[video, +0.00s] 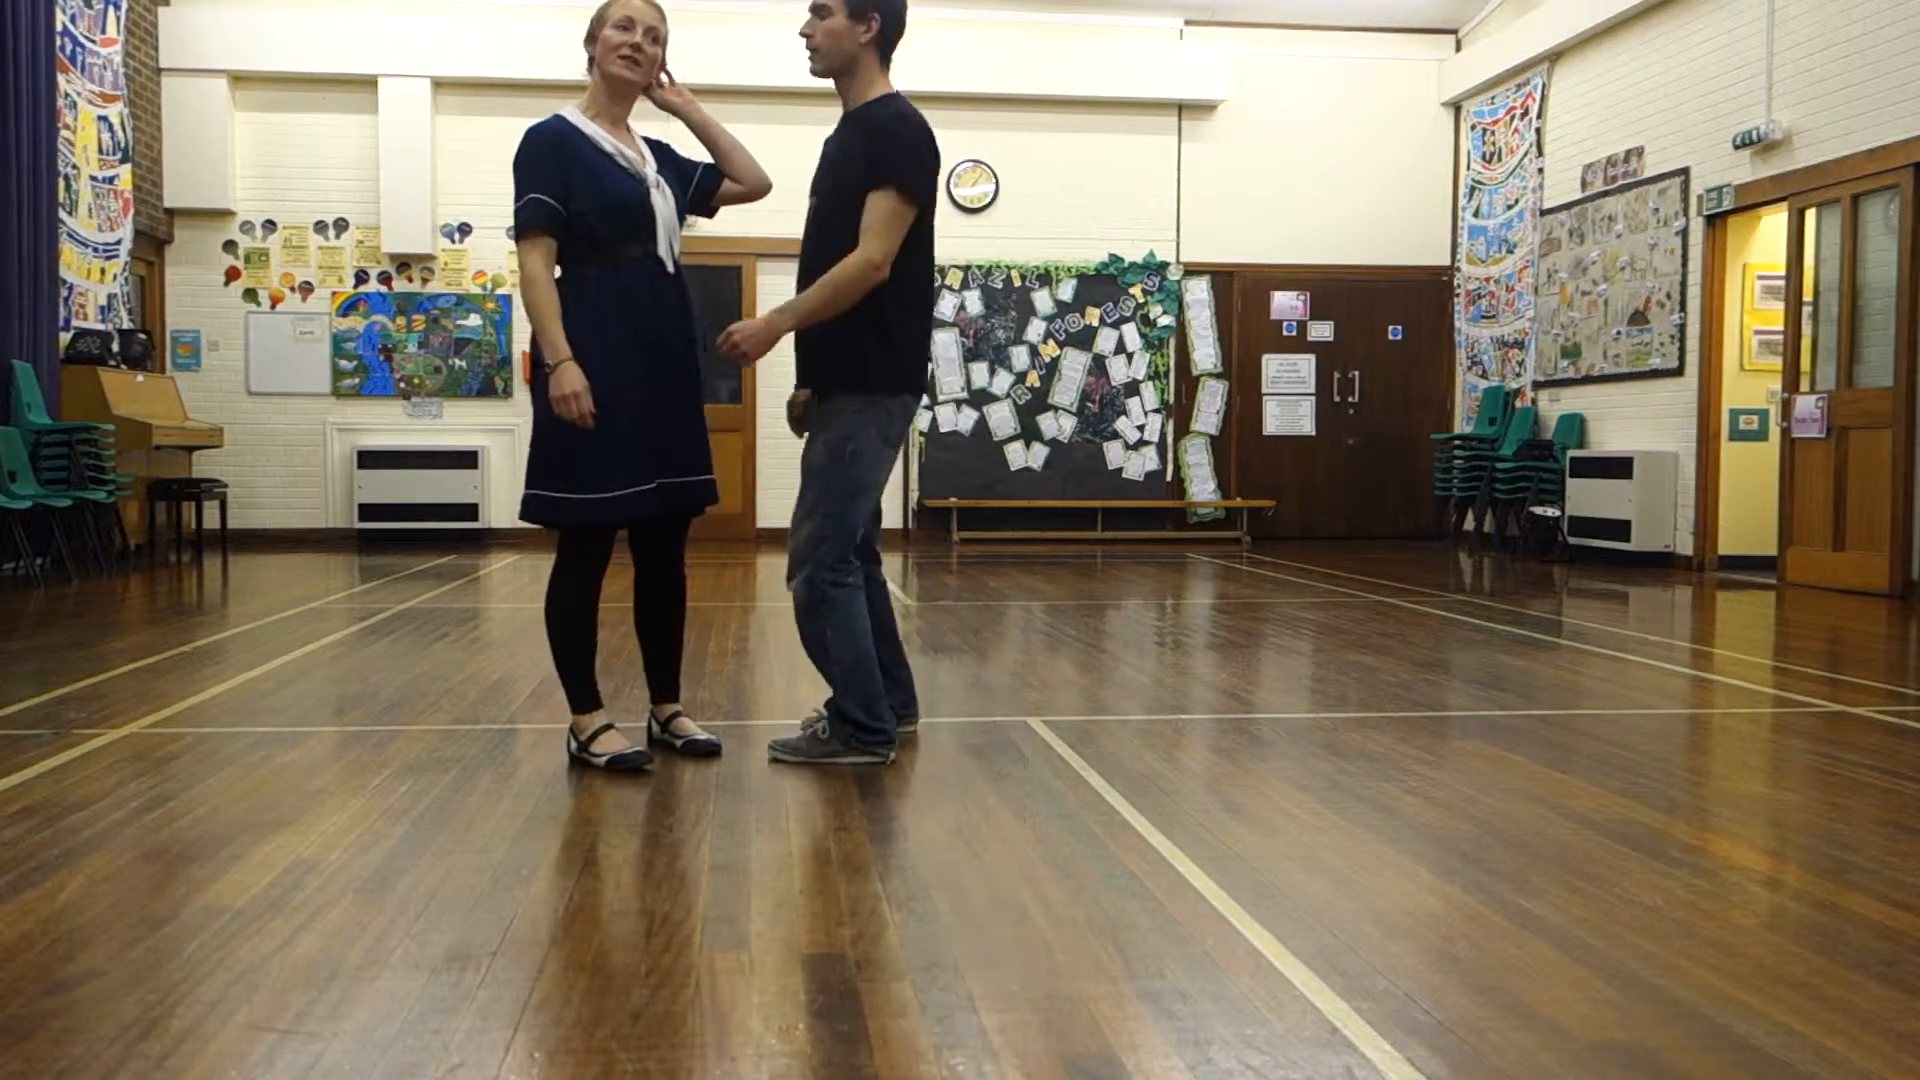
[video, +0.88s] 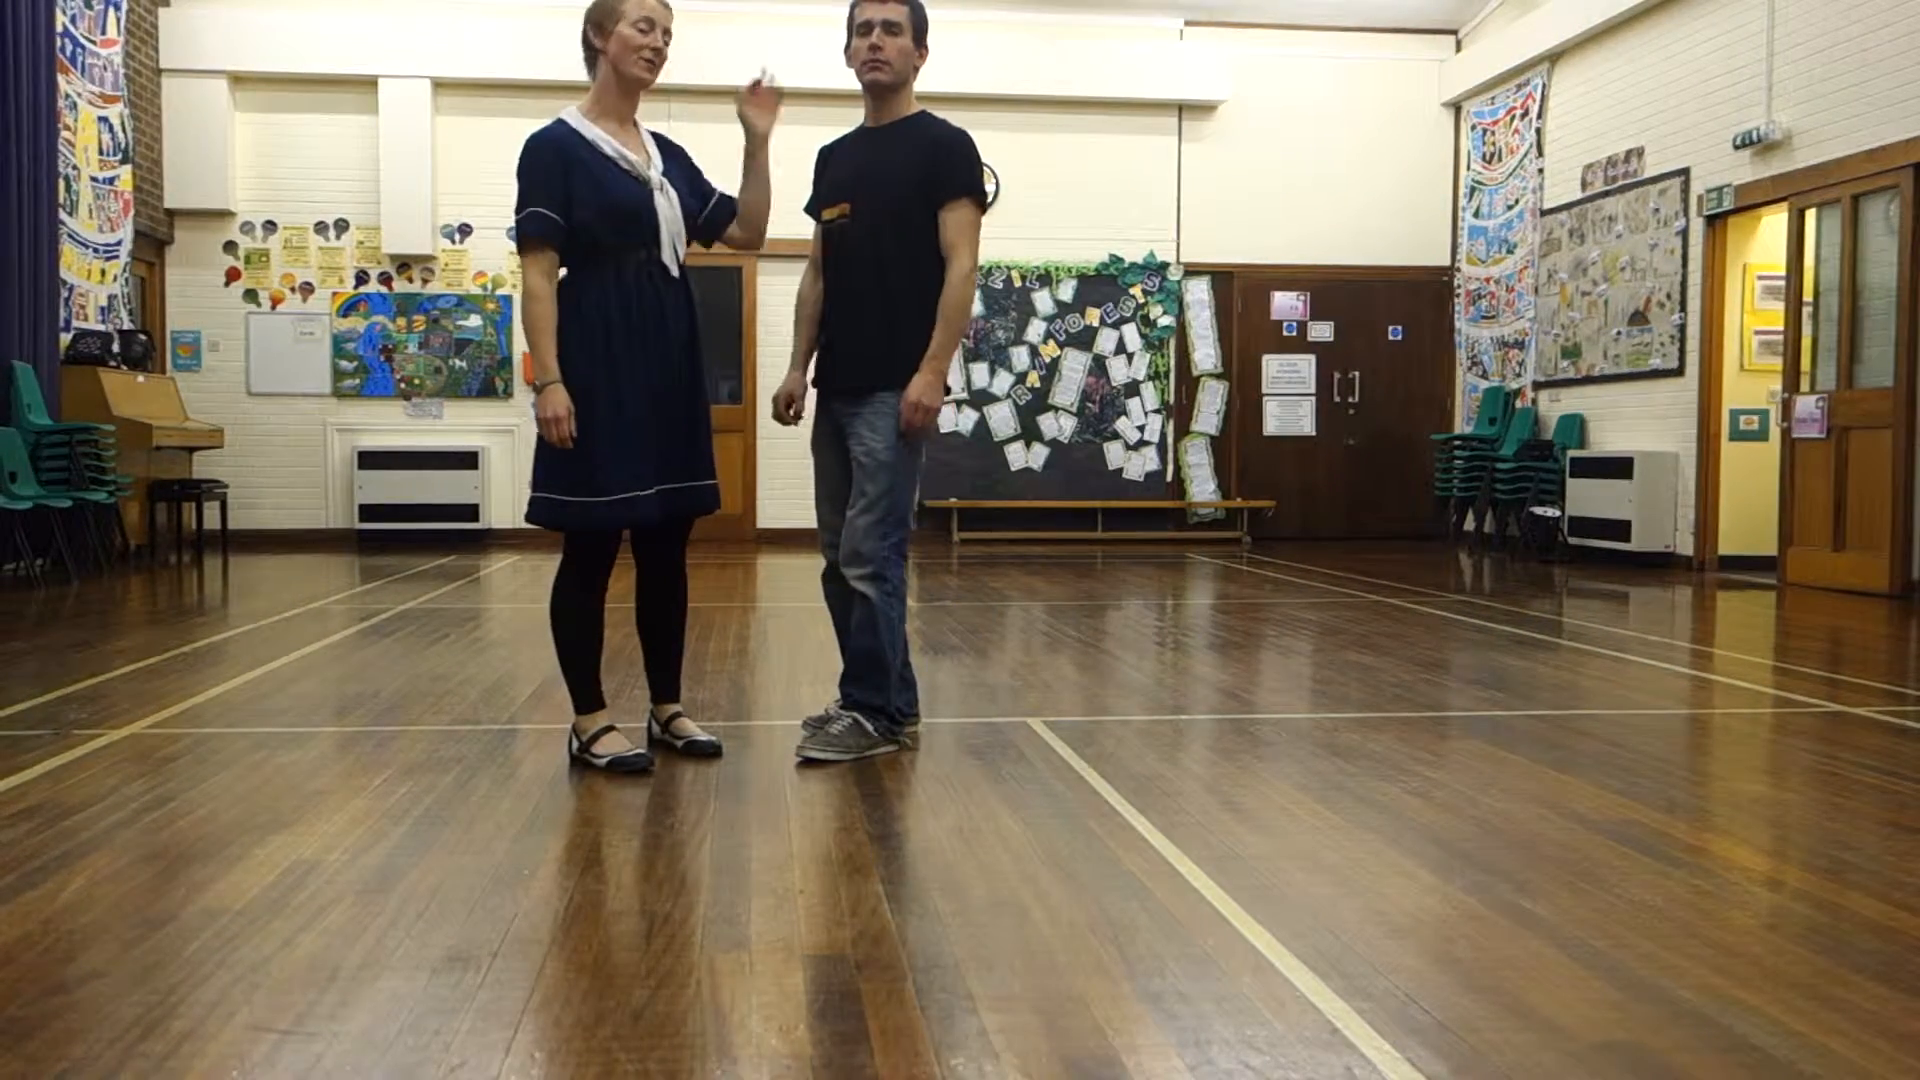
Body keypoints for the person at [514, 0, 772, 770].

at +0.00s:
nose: (638, 43)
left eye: (653, 37)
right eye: (625, 28)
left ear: (660, 63)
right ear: (590, 43)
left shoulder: (656, 154)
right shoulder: (552, 140)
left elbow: (750, 181)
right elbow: (533, 261)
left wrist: (683, 102)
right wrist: (561, 362)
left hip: (665, 379)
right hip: (590, 376)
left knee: (662, 546)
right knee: (584, 548)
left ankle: (667, 710)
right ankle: (588, 724)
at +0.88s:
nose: (657, 43)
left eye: (666, 35)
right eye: (644, 28)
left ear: (666, 53)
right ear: (598, 36)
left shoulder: (665, 153)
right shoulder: (555, 146)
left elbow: (748, 230)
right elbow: (537, 271)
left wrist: (758, 136)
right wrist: (548, 381)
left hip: (670, 384)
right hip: (593, 383)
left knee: (665, 546)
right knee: (589, 550)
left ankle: (667, 711)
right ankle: (590, 724)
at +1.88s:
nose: (646, 48)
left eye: (649, 35)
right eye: (631, 34)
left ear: (644, 46)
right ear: (585, 45)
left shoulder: (624, 140)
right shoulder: (564, 144)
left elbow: (641, 230)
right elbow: (576, 284)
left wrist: (692, 240)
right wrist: (626, 383)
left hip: (644, 368)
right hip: (582, 375)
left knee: (652, 540)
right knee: (583, 546)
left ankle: (668, 711)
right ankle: (589, 725)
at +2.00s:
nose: (640, 49)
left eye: (643, 35)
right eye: (622, 37)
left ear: (648, 46)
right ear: (581, 53)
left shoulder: (631, 144)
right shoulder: (561, 146)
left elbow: (640, 247)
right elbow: (562, 282)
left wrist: (696, 243)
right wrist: (592, 387)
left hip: (647, 377)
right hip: (582, 379)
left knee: (656, 543)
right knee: (579, 552)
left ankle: (666, 710)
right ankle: (588, 725)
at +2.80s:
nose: (633, 70)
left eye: (640, 55)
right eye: (614, 63)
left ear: (658, 64)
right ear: (591, 82)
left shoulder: (684, 167)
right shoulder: (576, 171)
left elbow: (744, 244)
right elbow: (560, 286)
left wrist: (790, 180)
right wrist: (586, 367)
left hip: (680, 392)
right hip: (605, 389)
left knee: (669, 546)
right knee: (598, 551)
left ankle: (661, 702)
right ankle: (588, 719)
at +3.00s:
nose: (639, 77)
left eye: (648, 63)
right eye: (622, 69)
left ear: (667, 73)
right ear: (600, 88)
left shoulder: (696, 175)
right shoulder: (581, 179)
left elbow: (756, 247)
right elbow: (561, 288)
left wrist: (800, 182)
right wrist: (577, 373)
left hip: (685, 387)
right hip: (607, 386)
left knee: (673, 545)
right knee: (598, 548)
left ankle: (661, 704)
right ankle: (574, 715)